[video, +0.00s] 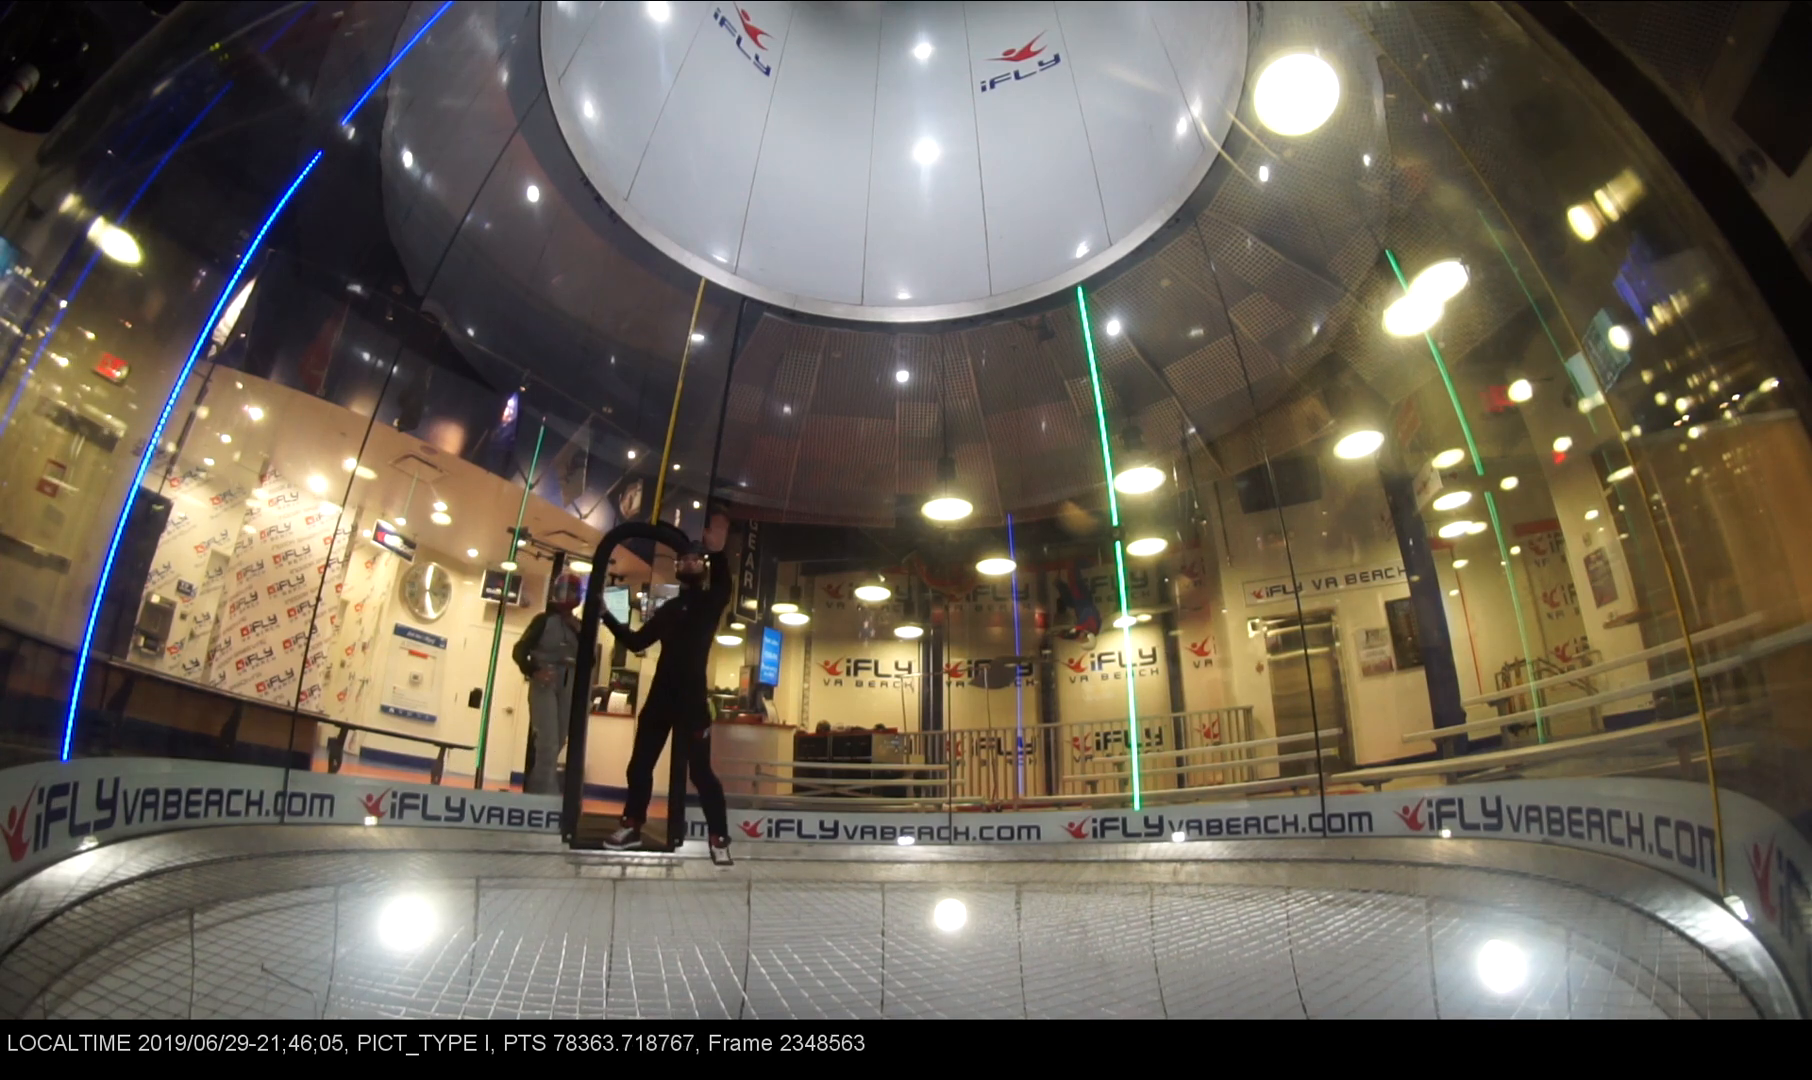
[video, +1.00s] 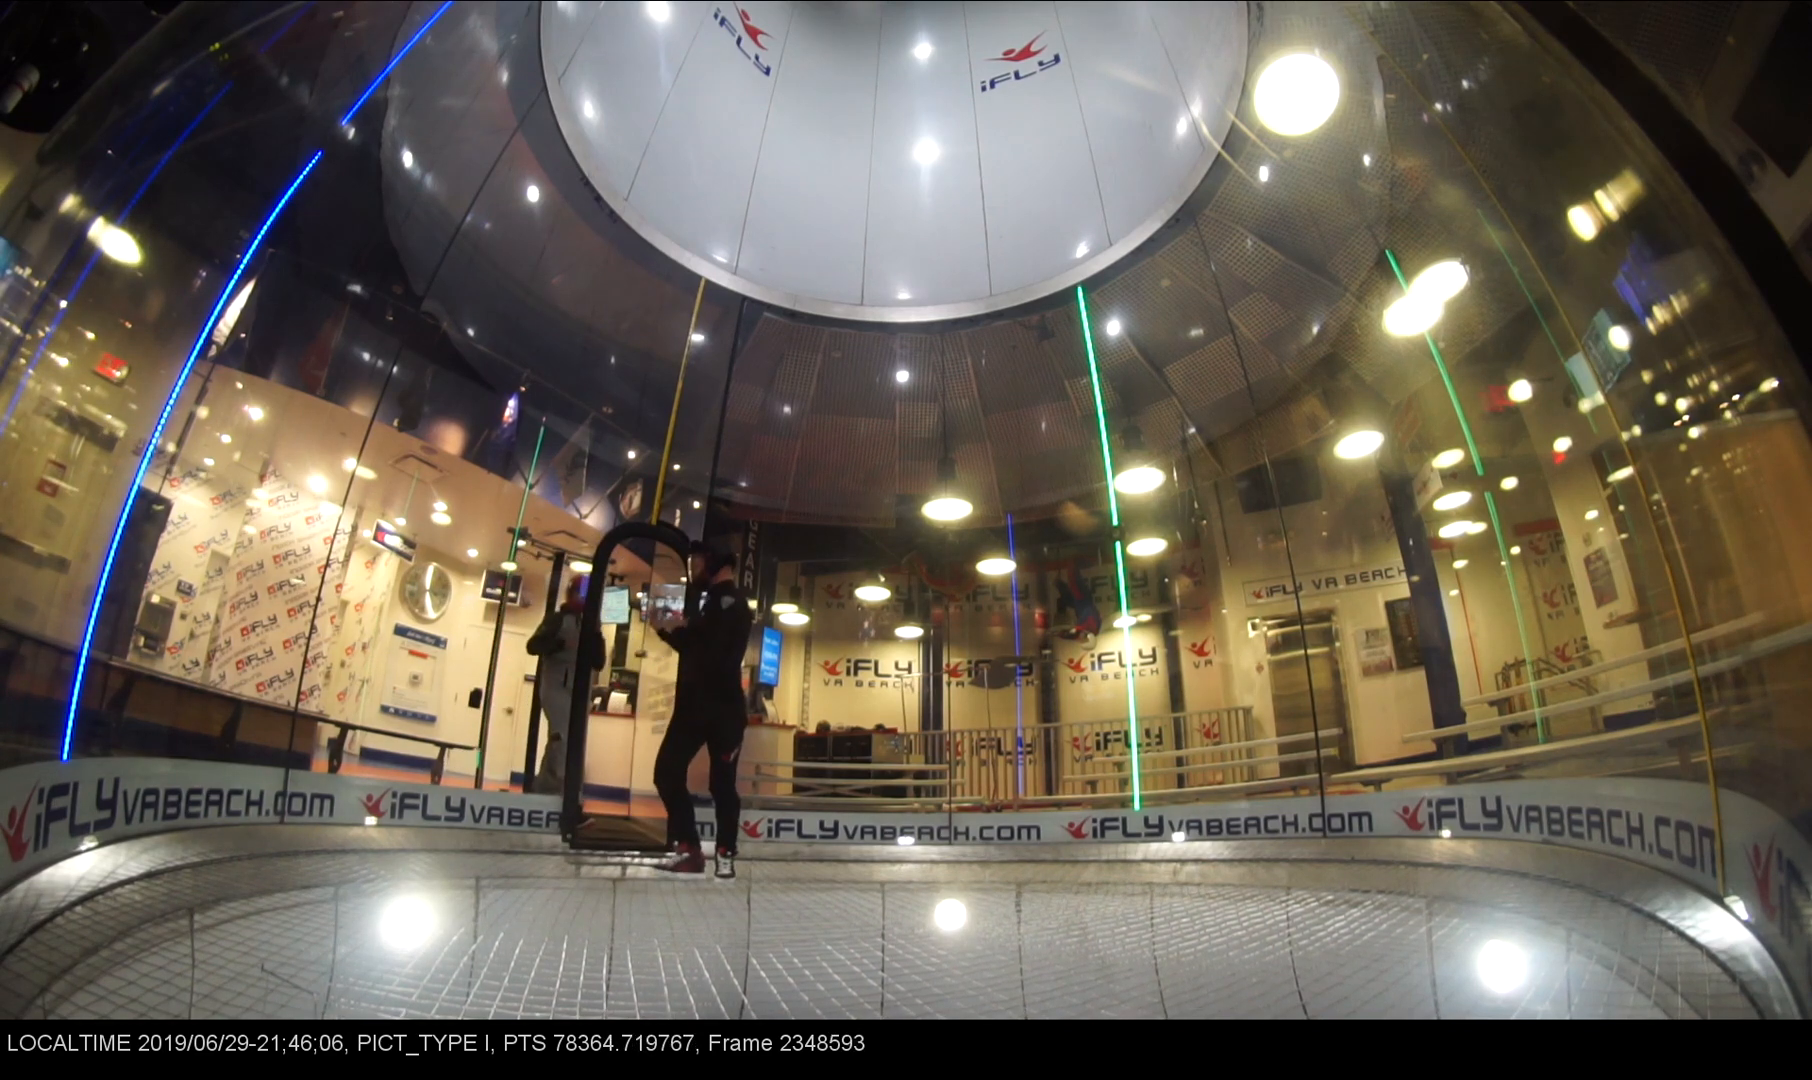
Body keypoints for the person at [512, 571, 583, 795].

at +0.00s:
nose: (568, 596)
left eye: (573, 592)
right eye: (564, 590)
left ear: (578, 597)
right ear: (556, 593)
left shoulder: (580, 627)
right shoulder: (543, 621)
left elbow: (590, 659)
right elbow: (519, 651)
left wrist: (582, 633)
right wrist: (533, 671)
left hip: (569, 686)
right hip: (544, 682)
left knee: (559, 739)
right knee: (547, 740)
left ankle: (538, 790)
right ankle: (544, 795)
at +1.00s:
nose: (583, 597)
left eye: (587, 593)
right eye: (579, 592)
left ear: (592, 596)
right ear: (570, 593)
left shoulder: (591, 623)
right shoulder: (557, 618)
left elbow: (598, 662)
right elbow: (533, 646)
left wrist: (594, 635)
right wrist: (556, 642)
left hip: (581, 690)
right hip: (555, 686)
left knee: (562, 737)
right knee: (561, 735)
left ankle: (545, 786)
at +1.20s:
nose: (588, 597)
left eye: (592, 592)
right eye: (585, 590)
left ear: (595, 596)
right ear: (575, 592)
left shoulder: (592, 625)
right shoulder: (563, 617)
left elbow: (618, 645)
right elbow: (552, 634)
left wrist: (614, 616)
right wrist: (570, 607)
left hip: (584, 688)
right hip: (562, 686)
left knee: (568, 739)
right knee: (565, 737)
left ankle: (548, 786)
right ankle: (573, 793)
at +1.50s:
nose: (605, 601)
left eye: (609, 596)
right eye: (601, 595)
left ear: (611, 601)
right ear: (590, 595)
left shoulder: (611, 627)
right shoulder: (574, 619)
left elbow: (634, 634)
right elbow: (583, 617)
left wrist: (622, 602)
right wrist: (598, 590)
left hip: (602, 695)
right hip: (579, 692)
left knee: (596, 755)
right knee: (582, 754)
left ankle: (567, 796)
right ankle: (577, 810)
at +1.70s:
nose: (614, 596)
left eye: (618, 592)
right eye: (610, 590)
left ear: (622, 598)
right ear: (598, 592)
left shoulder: (621, 626)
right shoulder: (586, 619)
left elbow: (641, 643)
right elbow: (581, 624)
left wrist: (633, 611)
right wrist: (597, 602)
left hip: (613, 691)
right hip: (589, 690)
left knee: (614, 752)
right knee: (586, 750)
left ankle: (594, 800)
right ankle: (581, 807)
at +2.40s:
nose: (633, 602)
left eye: (638, 598)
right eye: (632, 596)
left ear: (644, 603)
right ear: (628, 599)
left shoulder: (650, 626)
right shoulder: (617, 622)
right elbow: (602, 650)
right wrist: (619, 620)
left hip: (640, 690)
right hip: (617, 688)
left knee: (633, 756)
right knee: (617, 754)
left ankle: (622, 810)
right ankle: (597, 809)